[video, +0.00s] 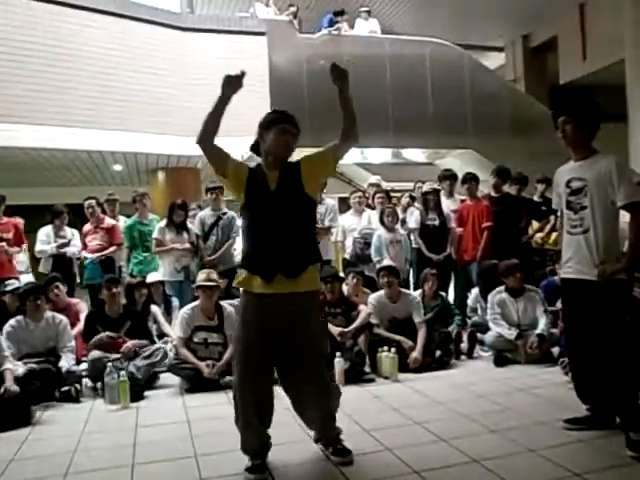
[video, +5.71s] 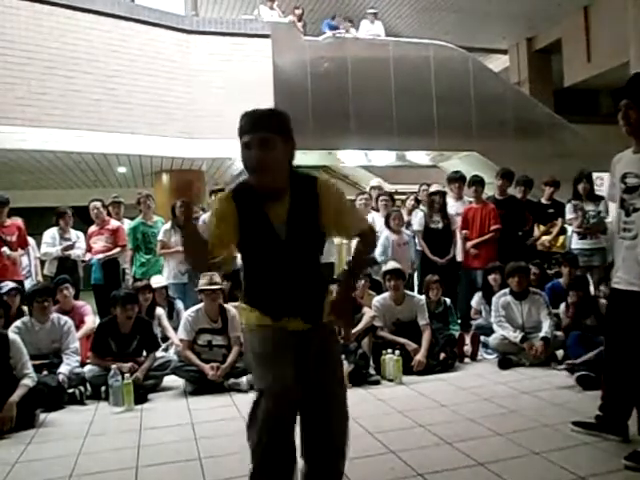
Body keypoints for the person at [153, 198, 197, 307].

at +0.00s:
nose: (179, 219)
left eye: (182, 216)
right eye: (177, 215)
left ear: (186, 216)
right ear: (171, 214)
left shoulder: (188, 228)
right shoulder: (162, 227)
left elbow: (194, 247)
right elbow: (155, 249)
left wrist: (185, 247)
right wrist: (172, 247)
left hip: (186, 270)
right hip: (169, 271)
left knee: (187, 303)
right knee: (174, 304)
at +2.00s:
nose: (179, 218)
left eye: (182, 215)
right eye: (177, 215)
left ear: (186, 215)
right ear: (172, 213)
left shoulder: (189, 227)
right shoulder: (163, 227)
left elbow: (196, 247)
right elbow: (156, 249)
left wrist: (188, 247)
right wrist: (174, 247)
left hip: (188, 269)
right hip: (171, 270)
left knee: (188, 304)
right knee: (175, 305)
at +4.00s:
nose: (182, 220)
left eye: (185, 218)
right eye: (180, 217)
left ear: (189, 218)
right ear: (175, 216)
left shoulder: (193, 231)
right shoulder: (166, 230)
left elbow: (200, 250)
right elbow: (160, 252)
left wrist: (193, 249)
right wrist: (178, 249)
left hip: (191, 274)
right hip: (174, 274)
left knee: (192, 308)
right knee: (180, 309)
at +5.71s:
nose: (183, 210)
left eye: (185, 207)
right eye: (180, 207)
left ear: (190, 210)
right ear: (175, 210)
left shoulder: (193, 227)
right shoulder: (168, 228)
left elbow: (200, 246)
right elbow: (159, 250)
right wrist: (177, 249)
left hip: (191, 272)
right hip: (174, 273)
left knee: (192, 308)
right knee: (178, 309)